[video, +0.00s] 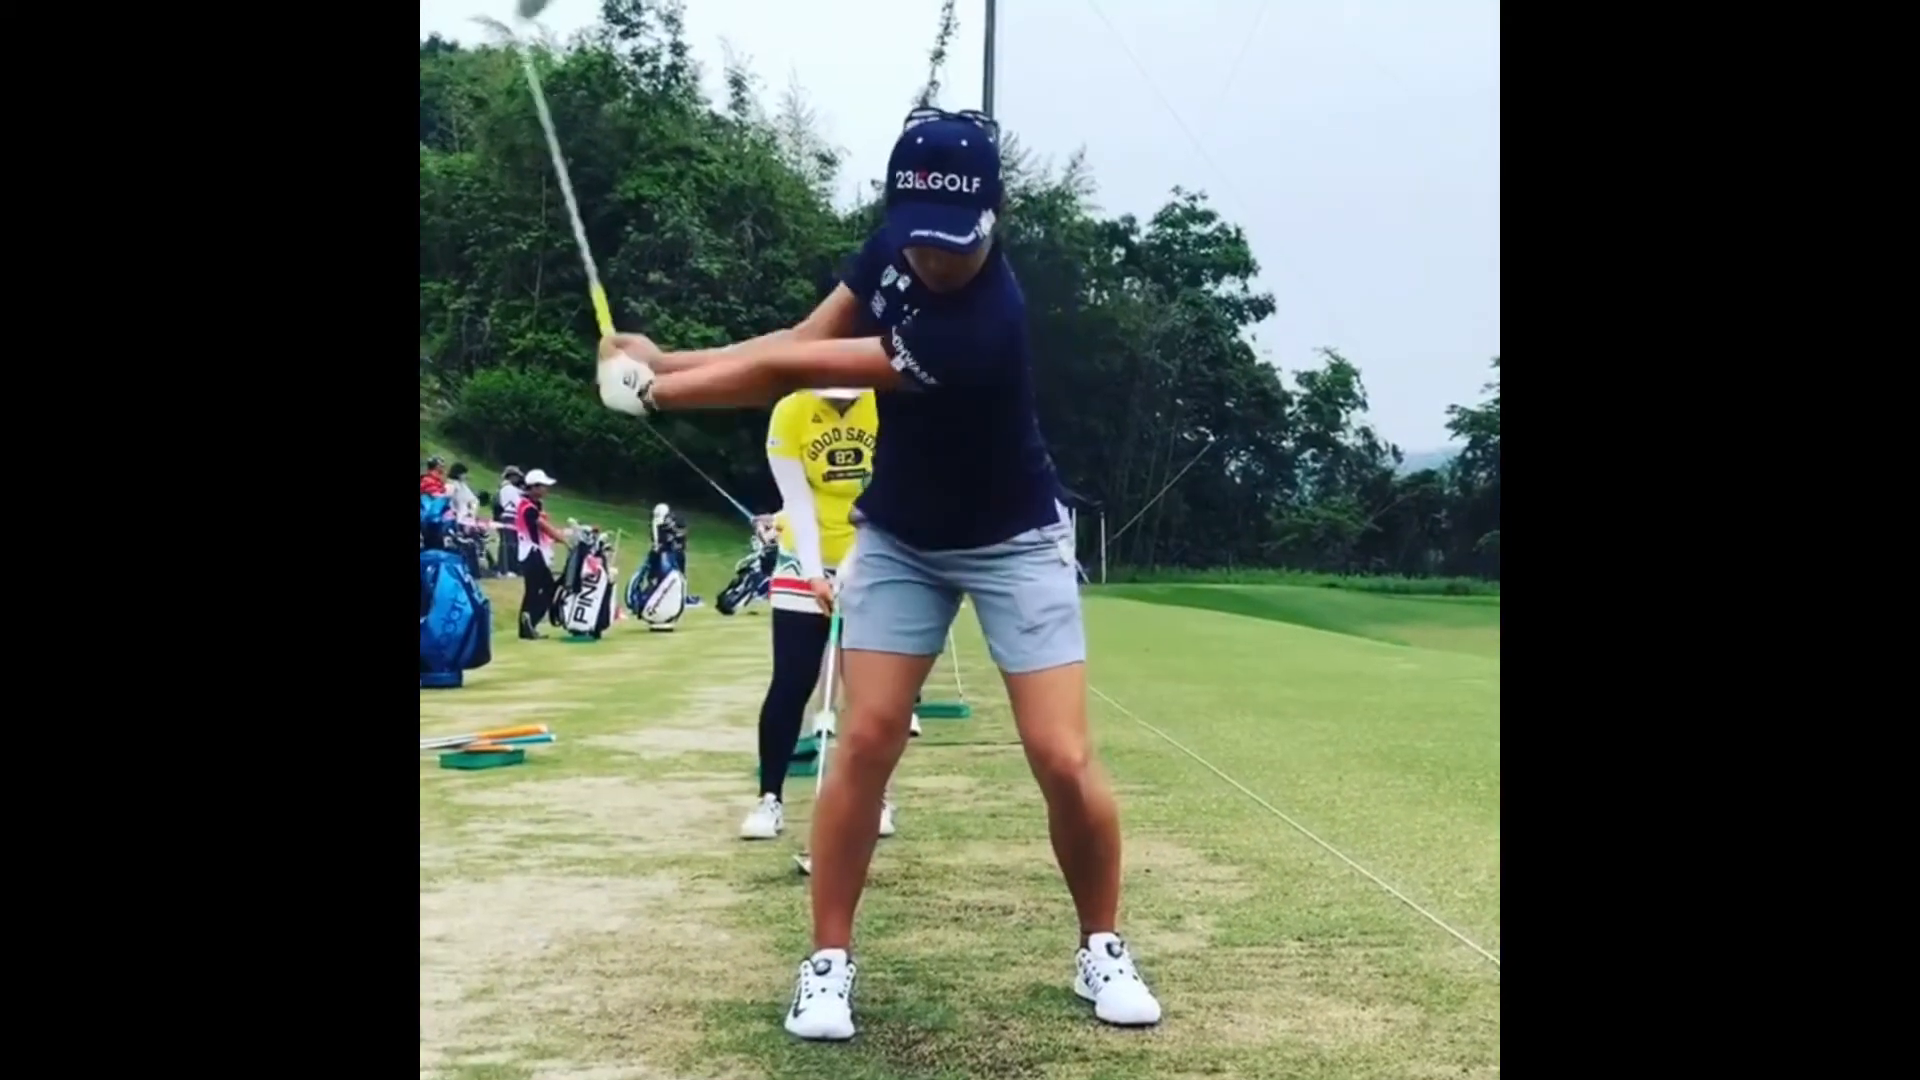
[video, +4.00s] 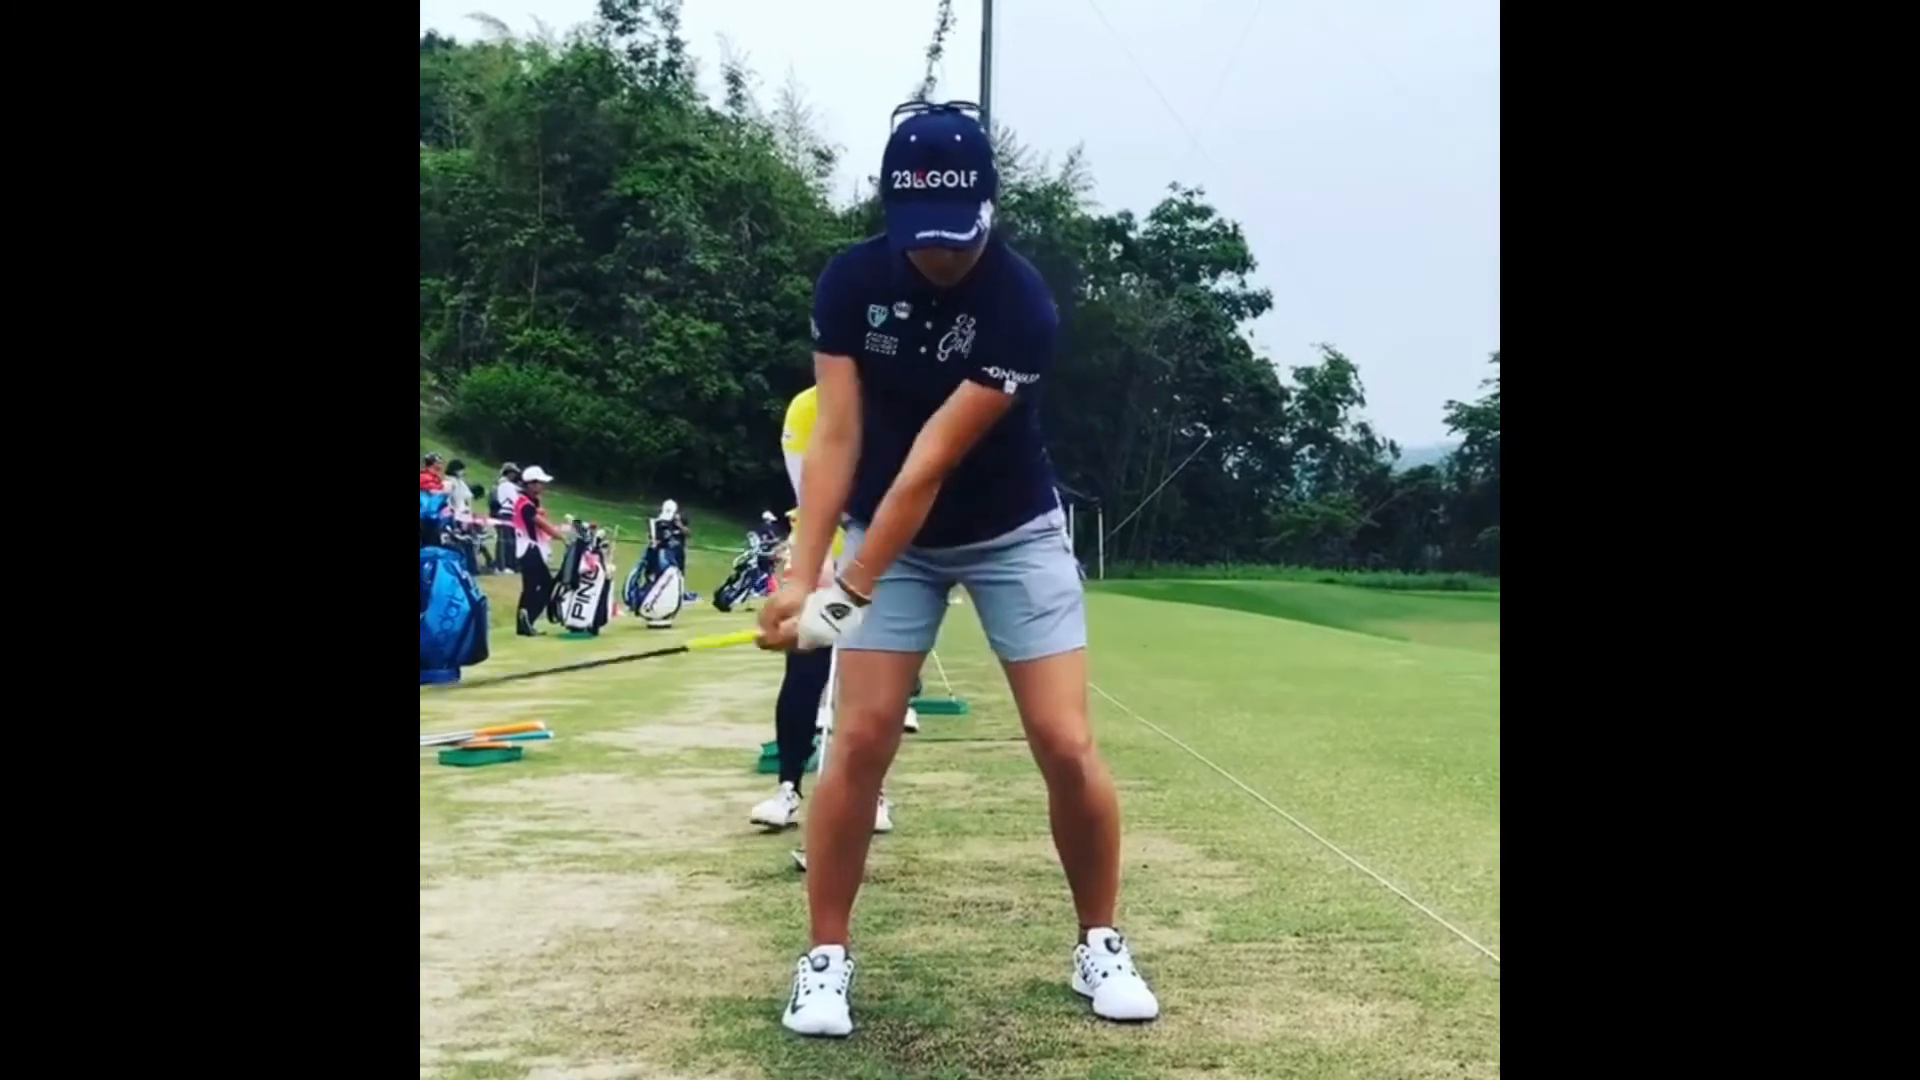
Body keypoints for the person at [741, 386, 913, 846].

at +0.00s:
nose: (839, 380)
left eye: (847, 365)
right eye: (826, 364)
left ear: (868, 358)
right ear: (811, 361)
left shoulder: (887, 404)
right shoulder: (791, 413)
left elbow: (898, 486)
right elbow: (797, 502)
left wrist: (870, 560)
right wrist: (813, 570)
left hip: (871, 556)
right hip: (804, 560)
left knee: (878, 689)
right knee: (792, 682)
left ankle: (875, 790)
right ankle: (770, 798)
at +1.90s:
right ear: (837, 348)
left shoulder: (898, 409)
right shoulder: (806, 408)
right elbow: (809, 501)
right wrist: (819, 567)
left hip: (885, 546)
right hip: (825, 548)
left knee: (877, 680)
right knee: (806, 666)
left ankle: (872, 786)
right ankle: (788, 785)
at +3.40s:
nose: (799, 421)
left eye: (809, 410)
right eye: (789, 409)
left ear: (830, 394)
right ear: (775, 393)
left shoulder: (861, 430)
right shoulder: (753, 442)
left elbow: (845, 512)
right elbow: (764, 526)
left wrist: (808, 582)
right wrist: (774, 592)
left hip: (836, 580)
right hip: (764, 577)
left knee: (838, 696)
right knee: (746, 696)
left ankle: (852, 814)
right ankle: (715, 815)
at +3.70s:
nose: (789, 423)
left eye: (800, 412)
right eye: (780, 411)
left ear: (819, 397)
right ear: (765, 397)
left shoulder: (849, 435)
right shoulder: (741, 445)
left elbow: (833, 515)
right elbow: (755, 530)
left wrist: (798, 588)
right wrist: (770, 599)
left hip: (823, 586)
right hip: (751, 584)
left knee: (831, 703)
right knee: (735, 702)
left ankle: (849, 816)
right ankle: (709, 820)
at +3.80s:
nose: (848, 358)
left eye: (859, 349)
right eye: (840, 347)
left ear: (881, 347)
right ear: (830, 347)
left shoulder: (895, 401)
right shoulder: (809, 402)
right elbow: (809, 496)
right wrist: (830, 559)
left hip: (873, 564)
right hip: (813, 563)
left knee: (872, 691)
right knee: (816, 680)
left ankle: (867, 785)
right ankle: (810, 787)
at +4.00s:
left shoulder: (898, 409)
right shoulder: (806, 409)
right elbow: (809, 501)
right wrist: (818, 563)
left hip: (884, 547)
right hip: (825, 549)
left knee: (876, 681)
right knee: (805, 667)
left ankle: (871, 786)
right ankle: (789, 786)